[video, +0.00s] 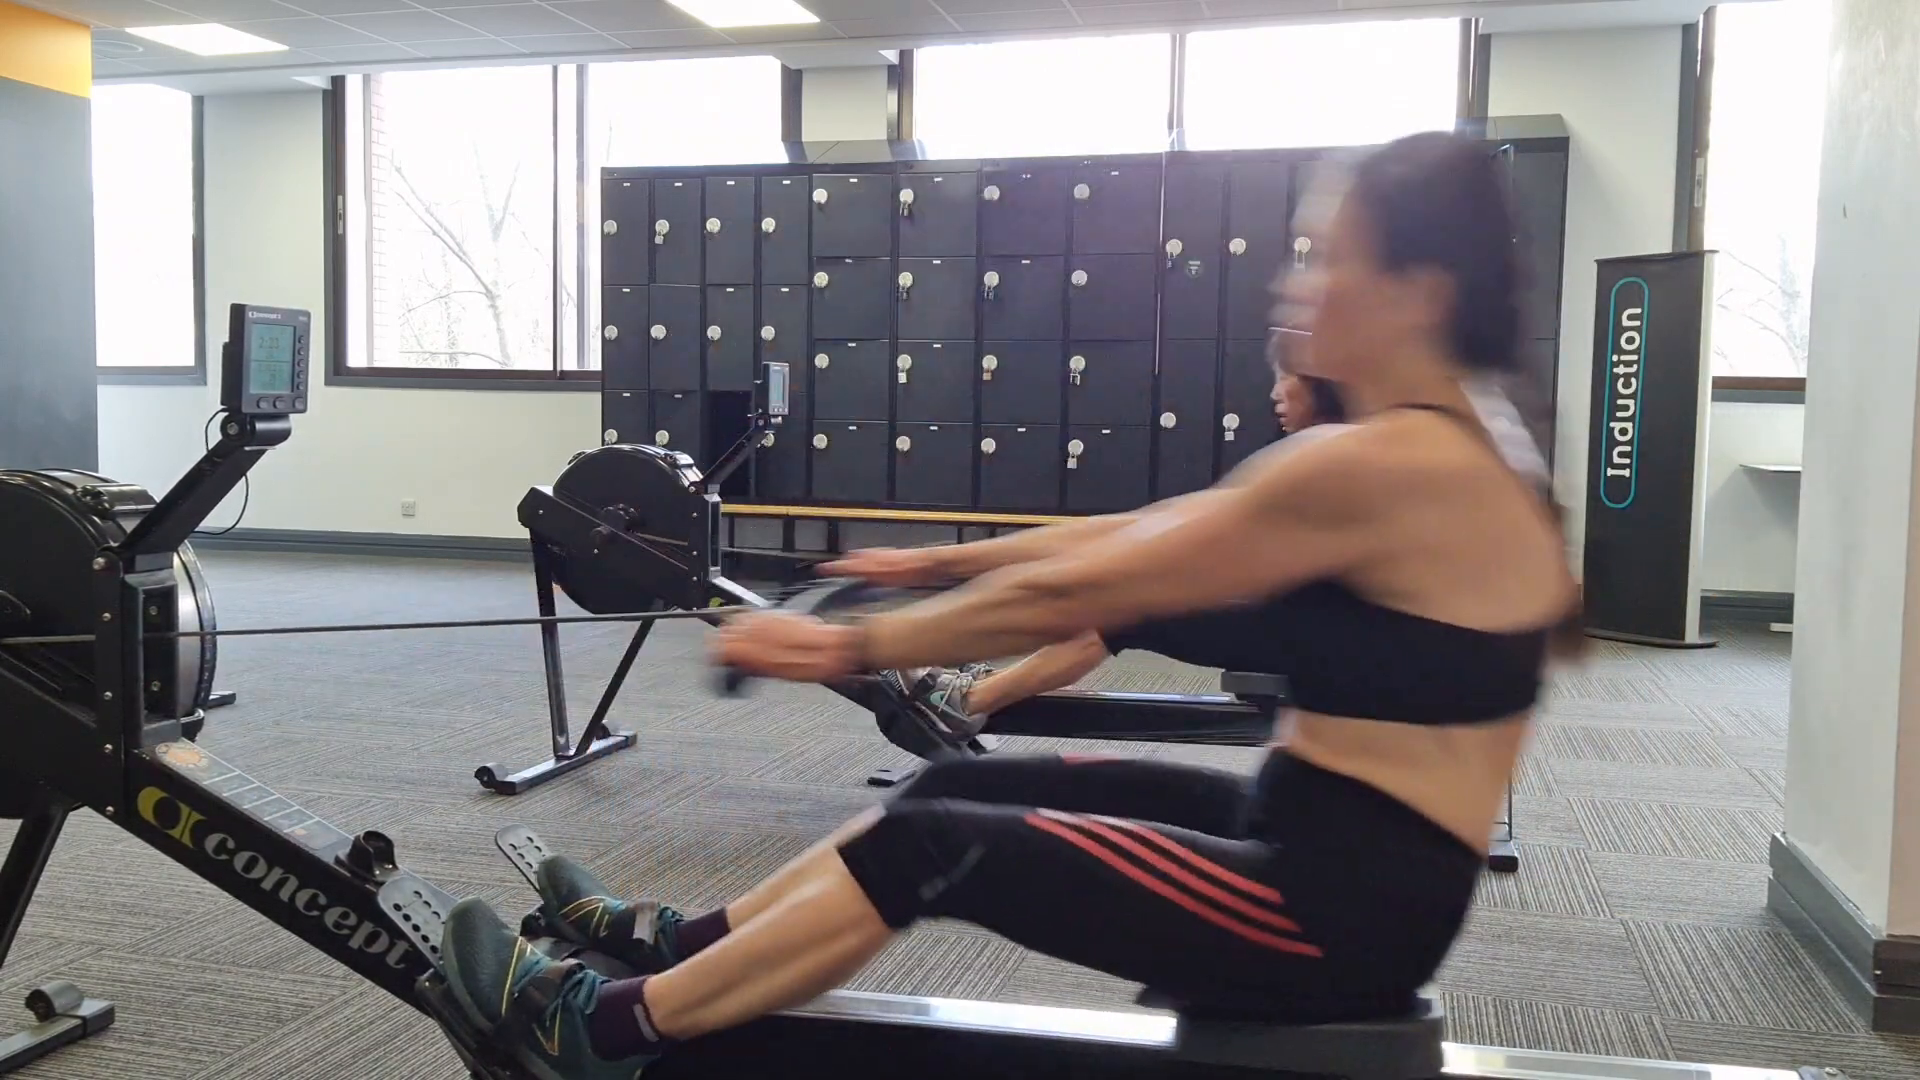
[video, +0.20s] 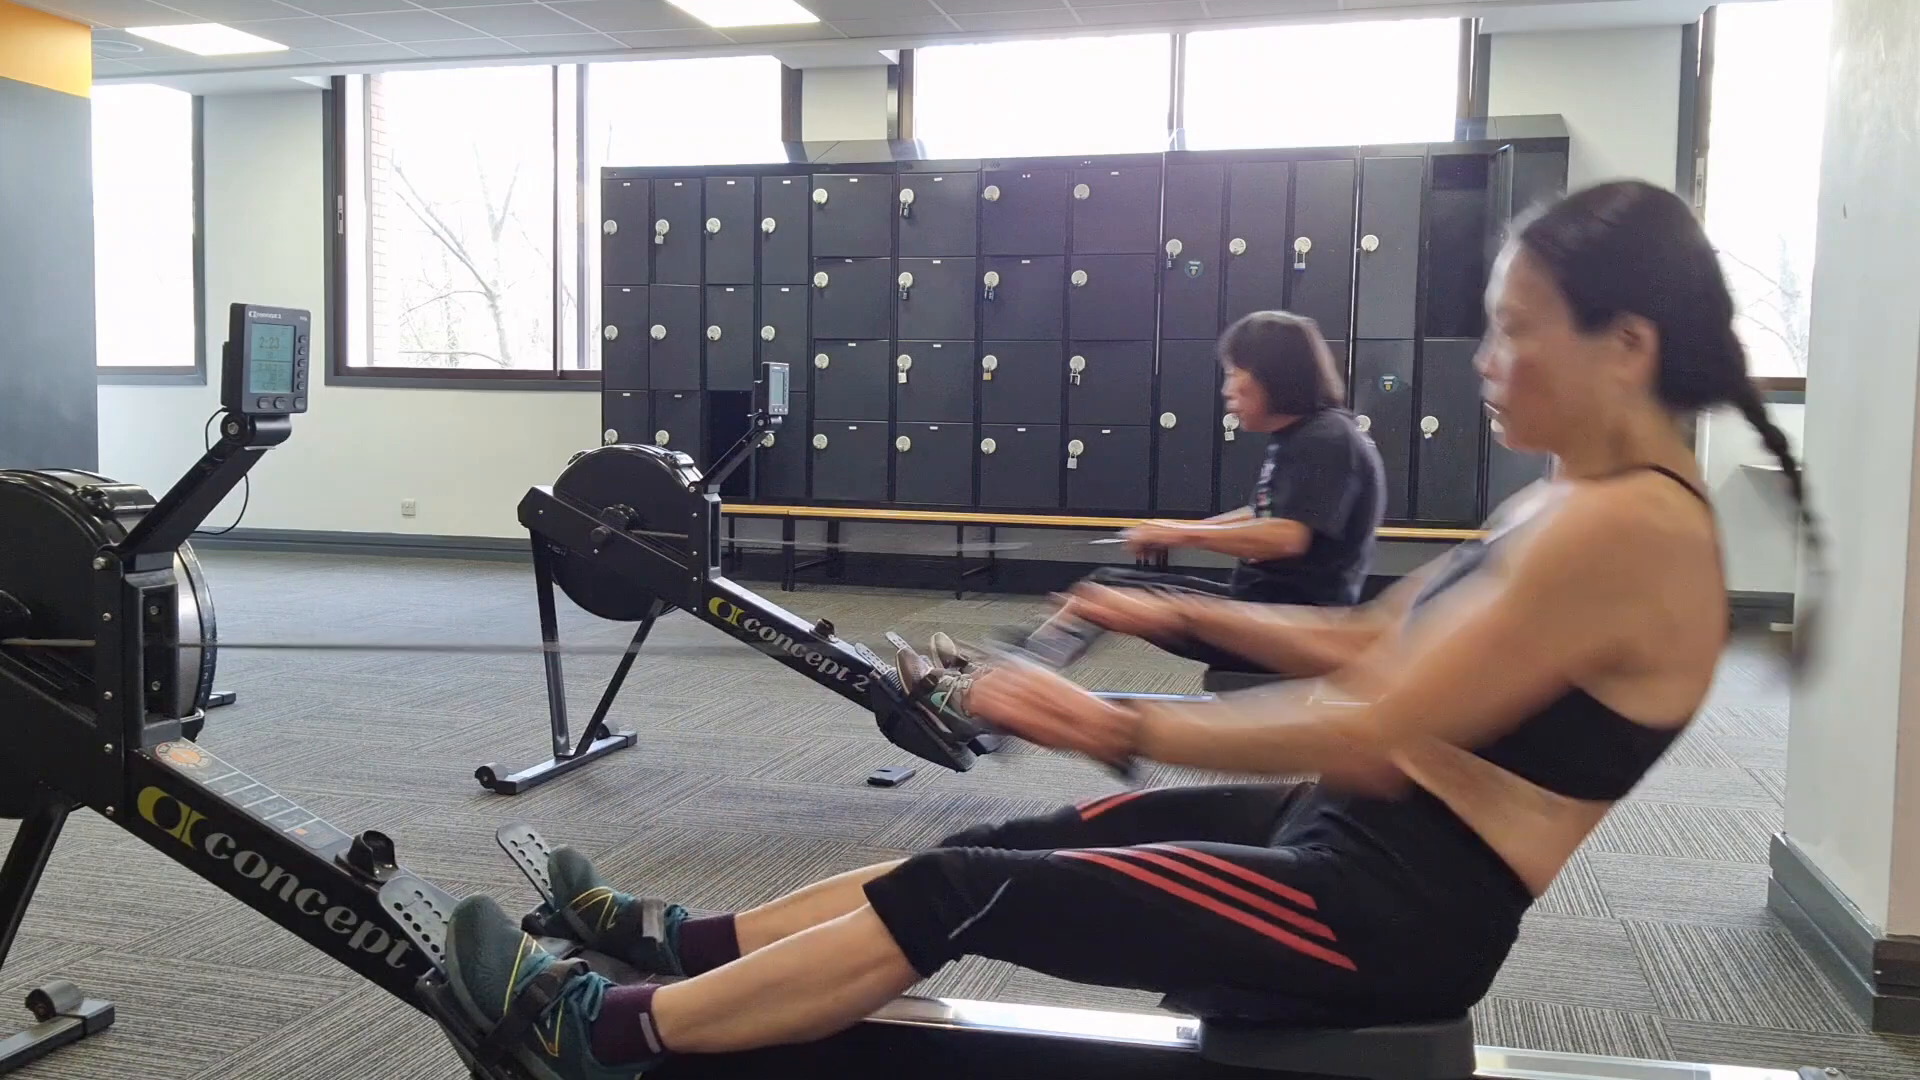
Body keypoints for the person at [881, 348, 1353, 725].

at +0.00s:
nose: (1278, 396)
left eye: (1291, 382)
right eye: (1278, 380)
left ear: (1332, 390)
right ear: (1287, 387)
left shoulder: (1342, 477)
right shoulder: (1294, 469)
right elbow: (1109, 531)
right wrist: (939, 563)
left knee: (1113, 617)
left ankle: (970, 705)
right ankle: (952, 691)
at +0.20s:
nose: (1226, 389)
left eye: (1236, 373)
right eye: (1228, 374)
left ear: (1275, 375)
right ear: (1273, 378)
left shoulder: (1330, 440)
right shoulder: (1293, 437)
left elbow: (1290, 537)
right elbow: (1262, 516)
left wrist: (1183, 536)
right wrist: (1181, 532)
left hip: (1297, 630)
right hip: (1262, 611)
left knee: (1111, 587)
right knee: (1108, 583)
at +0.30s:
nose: (1192, 389)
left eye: (1203, 375)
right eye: (1193, 375)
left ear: (1243, 378)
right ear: (1246, 379)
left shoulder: (1295, 438)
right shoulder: (1274, 434)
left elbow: (1225, 525)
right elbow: (1219, 507)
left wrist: (1118, 532)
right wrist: (1123, 530)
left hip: (1261, 620)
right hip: (1246, 602)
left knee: (1083, 580)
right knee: (1083, 572)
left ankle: (978, 699)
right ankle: (986, 686)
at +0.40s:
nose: (1151, 390)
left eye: (1160, 374)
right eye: (1154, 375)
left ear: (1198, 377)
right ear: (1210, 377)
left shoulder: (1249, 441)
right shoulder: (1253, 433)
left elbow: (1163, 517)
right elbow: (1163, 511)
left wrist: (1061, 530)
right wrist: (1064, 529)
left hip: (1227, 629)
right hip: (1227, 614)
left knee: (1062, 565)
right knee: (1065, 559)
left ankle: (975, 700)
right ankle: (987, 684)